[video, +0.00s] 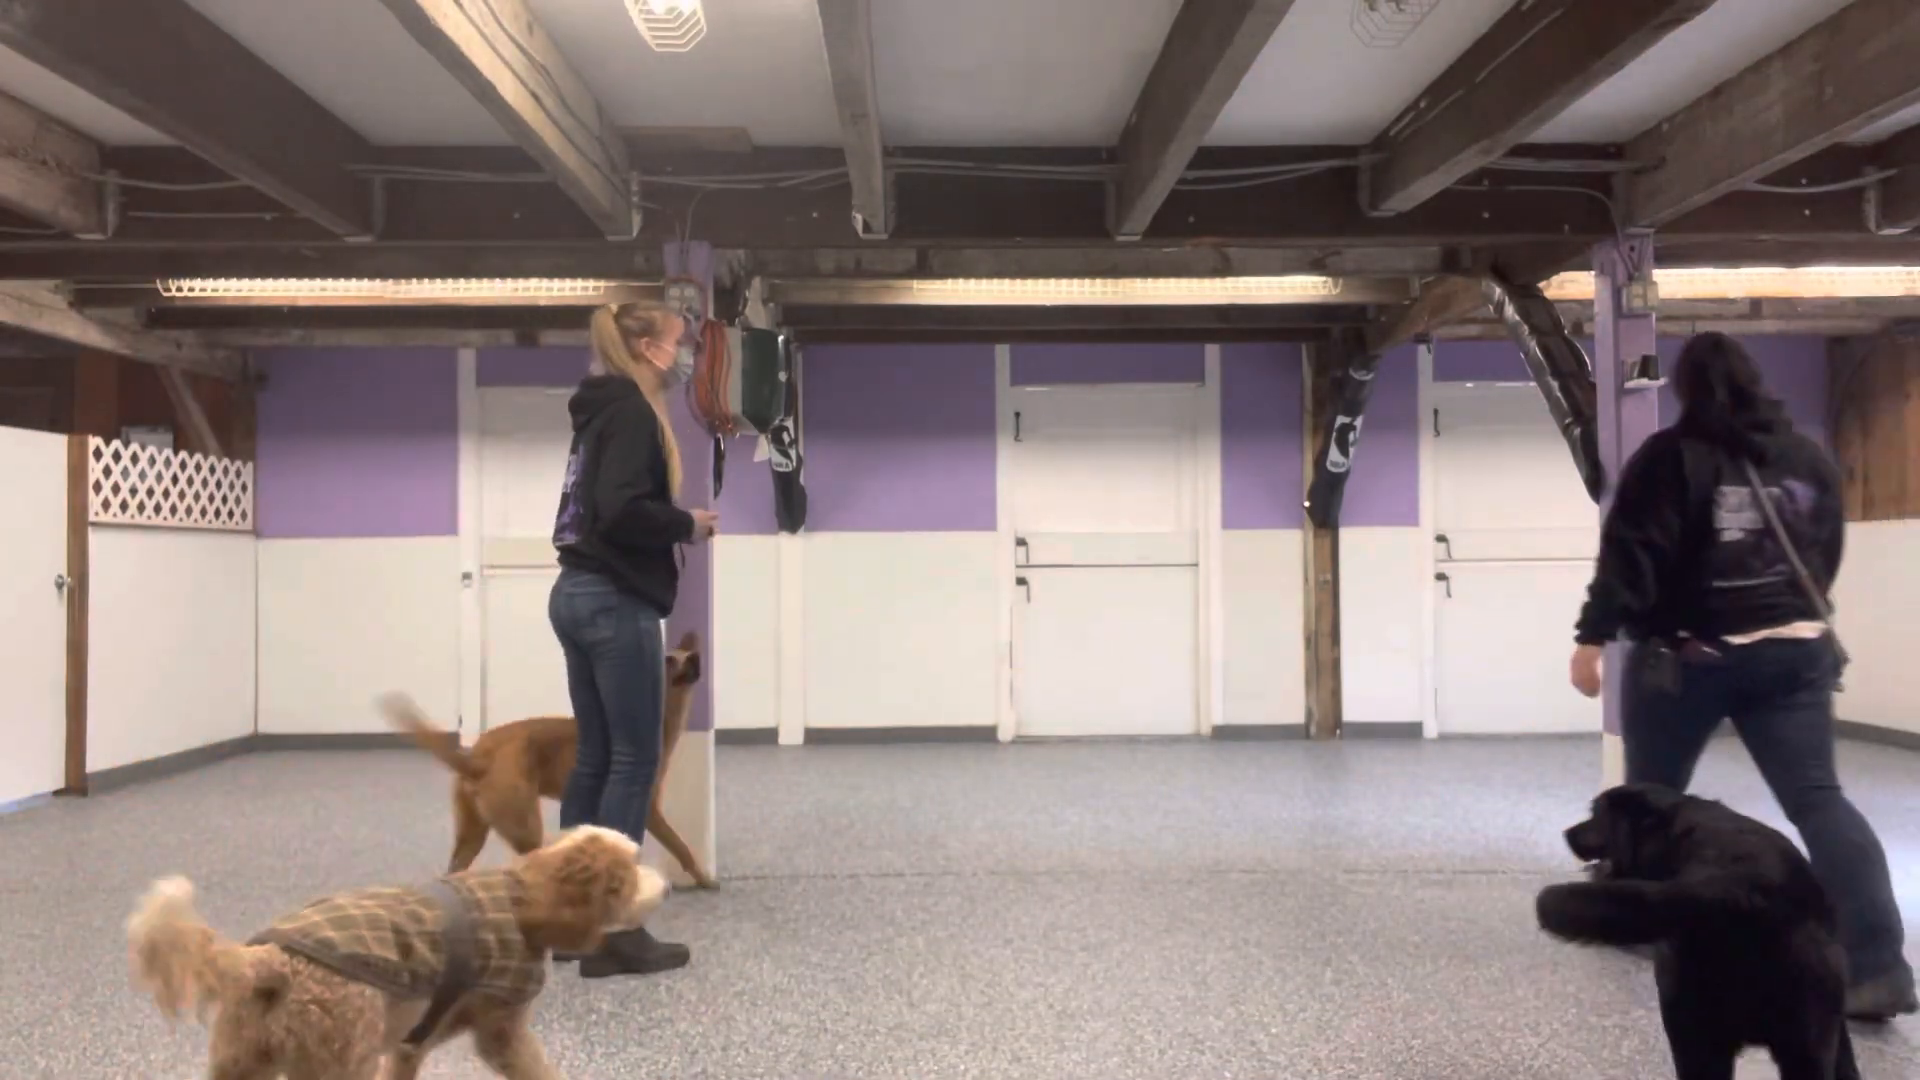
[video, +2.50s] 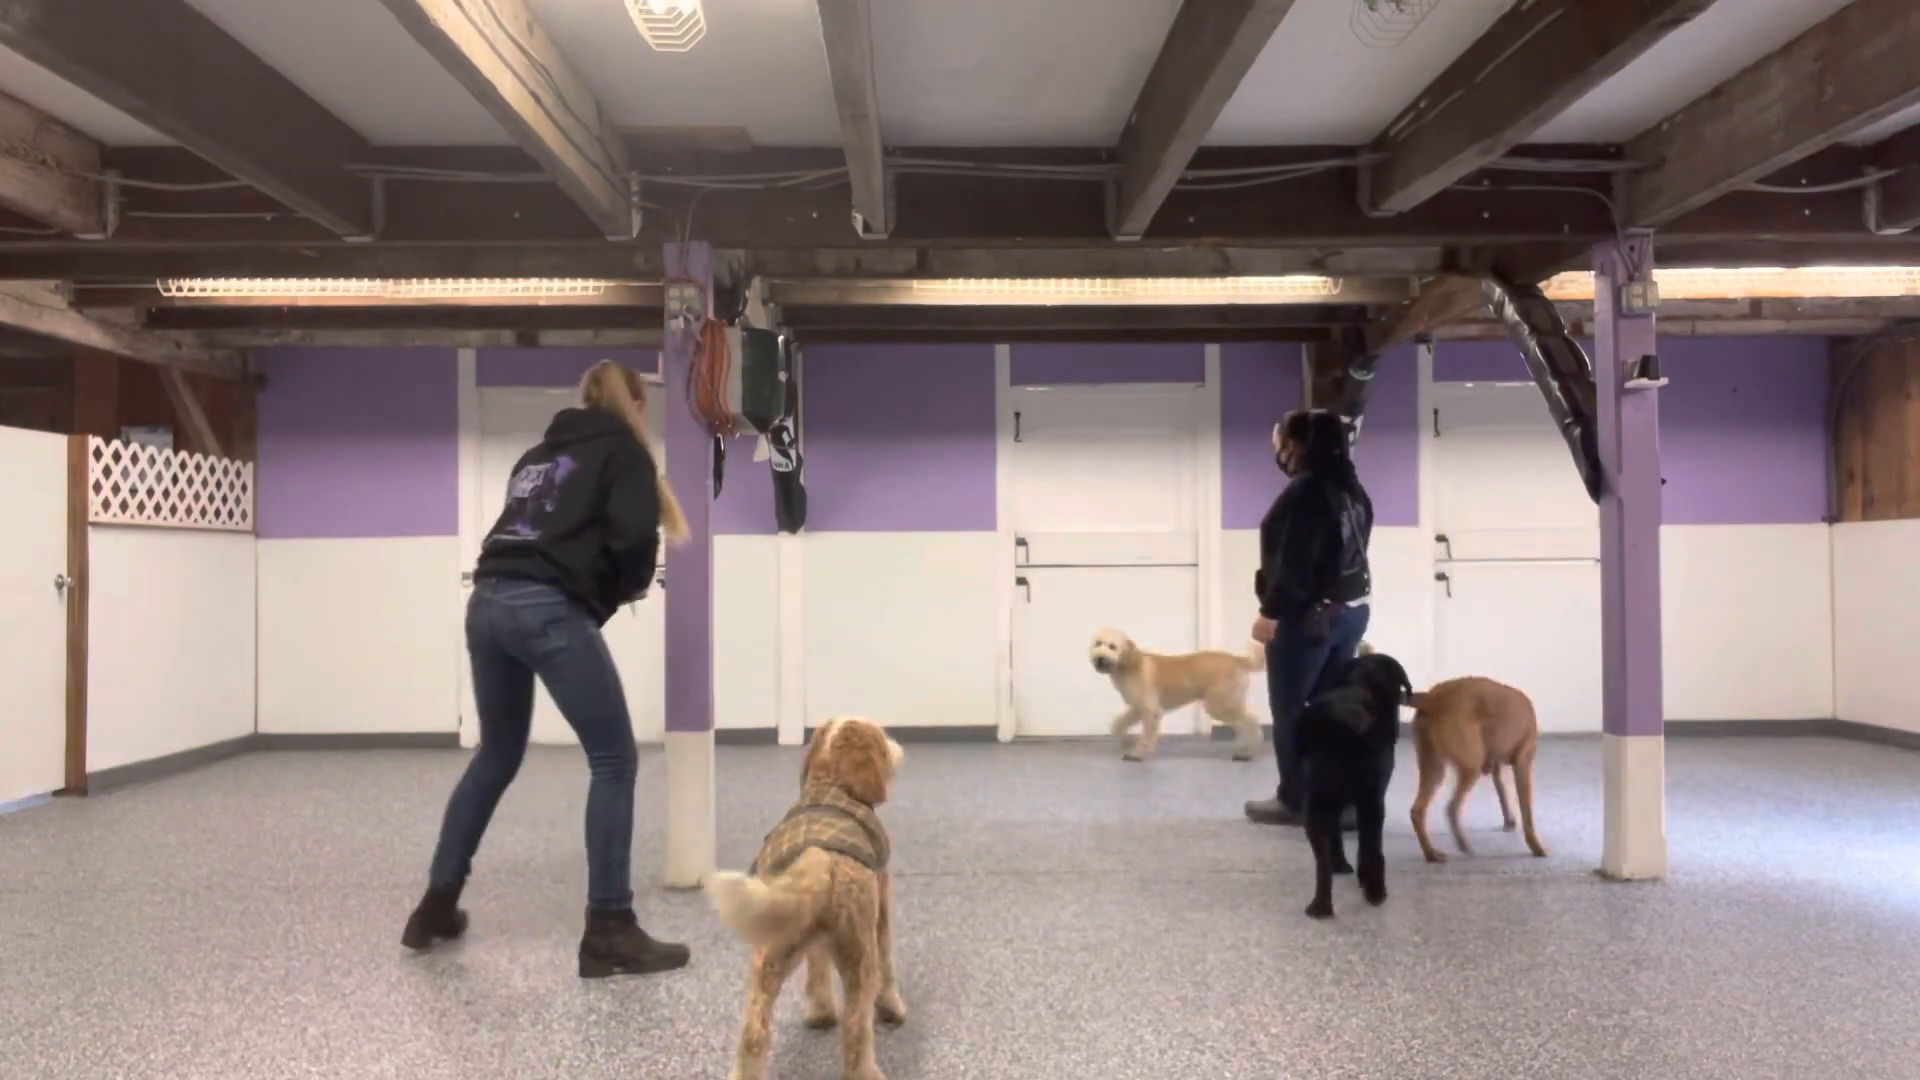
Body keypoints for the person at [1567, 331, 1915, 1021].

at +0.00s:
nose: (1675, 398)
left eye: (1676, 387)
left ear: (1687, 391)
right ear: (1752, 382)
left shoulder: (1668, 457)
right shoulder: (1808, 456)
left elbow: (1630, 550)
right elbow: (1823, 556)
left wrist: (1591, 637)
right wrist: (1792, 617)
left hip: (1685, 660)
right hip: (1792, 654)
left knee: (1650, 806)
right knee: (1818, 797)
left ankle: (1645, 926)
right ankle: (1880, 970)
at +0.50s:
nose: (1509, 415)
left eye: (1513, 407)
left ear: (1522, 412)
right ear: (1578, 406)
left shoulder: (1510, 470)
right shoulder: (1637, 461)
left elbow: (1474, 550)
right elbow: (1676, 547)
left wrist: (1460, 612)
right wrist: (1688, 622)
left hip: (1557, 633)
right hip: (1641, 631)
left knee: (1597, 778)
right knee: (1568, 763)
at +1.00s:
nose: (1423, 431)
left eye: (1425, 423)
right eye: (1428, 421)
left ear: (1430, 427)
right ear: (1476, 420)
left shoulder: (1421, 479)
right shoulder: (1521, 474)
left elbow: (1396, 559)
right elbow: (1541, 552)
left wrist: (1368, 622)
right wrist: (1518, 600)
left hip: (1435, 636)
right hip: (1511, 632)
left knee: (1398, 740)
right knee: (1518, 747)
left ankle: (1376, 836)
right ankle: (1554, 842)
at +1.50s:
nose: (1317, 432)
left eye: (1319, 425)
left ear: (1324, 430)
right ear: (1365, 427)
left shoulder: (1314, 479)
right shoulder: (1412, 470)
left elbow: (1289, 546)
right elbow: (1440, 532)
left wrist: (1269, 601)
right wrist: (1439, 589)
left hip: (1347, 615)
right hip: (1414, 613)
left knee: (1350, 720)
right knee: (1395, 707)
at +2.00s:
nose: (1311, 443)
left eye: (1315, 434)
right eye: (1312, 434)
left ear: (1329, 436)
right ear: (1365, 434)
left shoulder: (1319, 483)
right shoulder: (1394, 483)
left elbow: (1300, 555)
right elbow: (1407, 547)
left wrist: (1278, 611)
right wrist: (1398, 599)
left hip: (1330, 611)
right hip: (1387, 608)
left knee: (1307, 713)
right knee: (1362, 711)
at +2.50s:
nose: (1279, 456)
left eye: (1284, 447)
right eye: (1279, 447)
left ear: (1303, 446)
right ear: (1328, 445)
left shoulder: (1307, 492)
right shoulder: (1351, 489)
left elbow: (1298, 561)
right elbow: (1343, 556)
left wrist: (1271, 612)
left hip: (1311, 610)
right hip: (1352, 607)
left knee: (1288, 708)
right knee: (1332, 702)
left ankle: (1293, 799)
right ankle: (1341, 798)